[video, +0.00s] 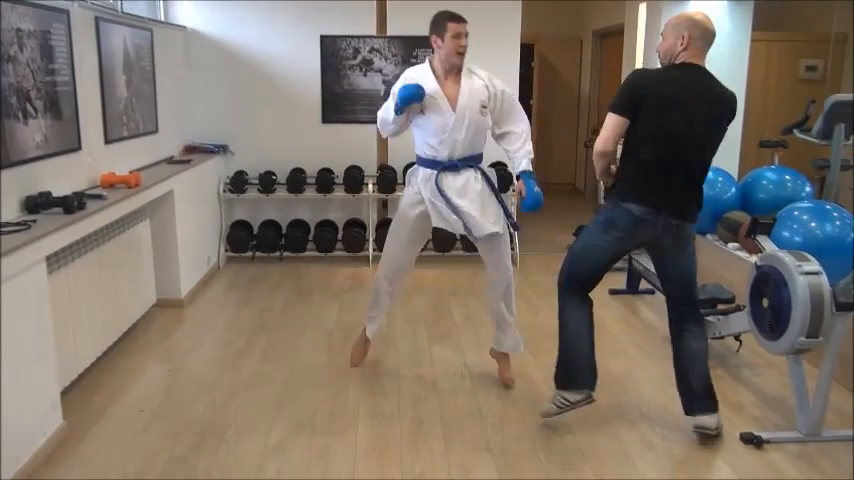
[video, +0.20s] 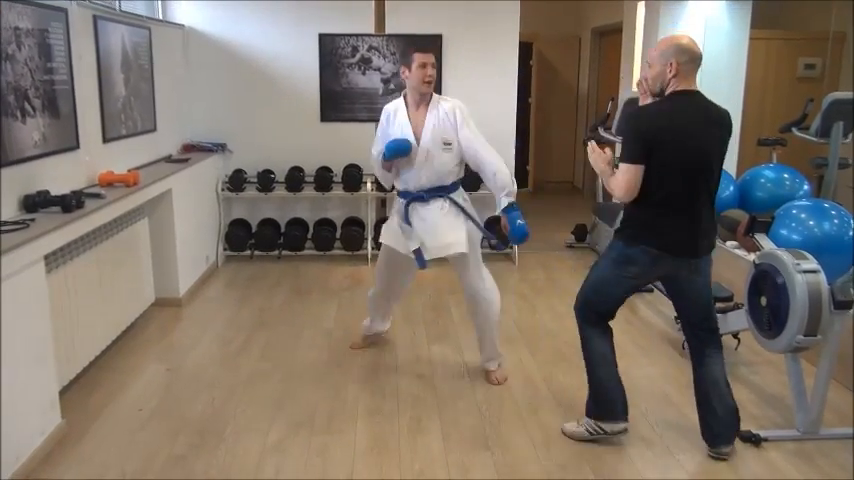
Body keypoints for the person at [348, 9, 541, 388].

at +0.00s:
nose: (464, 44)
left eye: (466, 37)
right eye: (457, 37)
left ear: (467, 41)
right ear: (436, 41)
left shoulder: (486, 85)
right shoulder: (413, 80)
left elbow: (514, 129)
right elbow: (386, 128)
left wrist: (524, 174)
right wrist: (398, 107)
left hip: (474, 184)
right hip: (425, 184)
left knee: (502, 269)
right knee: (392, 264)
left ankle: (503, 348)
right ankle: (368, 331)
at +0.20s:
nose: (429, 73)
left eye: (433, 67)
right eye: (422, 66)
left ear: (437, 73)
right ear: (404, 72)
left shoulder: (451, 110)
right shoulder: (391, 113)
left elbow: (481, 155)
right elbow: (380, 168)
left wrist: (508, 203)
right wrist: (388, 159)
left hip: (449, 206)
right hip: (406, 208)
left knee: (479, 288)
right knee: (386, 275)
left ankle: (492, 359)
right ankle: (375, 328)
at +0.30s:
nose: (419, 50)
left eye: (422, 45)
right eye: (411, 44)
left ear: (424, 51)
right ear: (392, 49)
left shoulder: (436, 89)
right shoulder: (373, 89)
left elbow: (455, 141)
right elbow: (359, 137)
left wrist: (474, 188)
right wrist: (379, 137)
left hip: (429, 186)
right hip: (384, 186)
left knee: (459, 266)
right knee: (367, 259)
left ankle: (488, 350)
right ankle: (368, 323)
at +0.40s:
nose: (403, 33)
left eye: (407, 27)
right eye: (397, 26)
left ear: (409, 33)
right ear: (378, 30)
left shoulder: (422, 72)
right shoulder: (355, 71)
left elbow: (438, 126)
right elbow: (336, 117)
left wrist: (447, 161)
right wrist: (364, 114)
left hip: (414, 170)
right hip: (368, 169)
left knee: (440, 248)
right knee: (348, 245)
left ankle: (454, 324)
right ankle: (338, 312)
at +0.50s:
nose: (387, 36)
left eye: (390, 31)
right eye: (380, 29)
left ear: (394, 36)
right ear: (361, 32)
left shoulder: (407, 75)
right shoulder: (338, 72)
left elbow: (425, 122)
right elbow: (317, 117)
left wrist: (430, 154)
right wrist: (351, 106)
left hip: (398, 170)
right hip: (351, 170)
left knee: (423, 248)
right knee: (331, 245)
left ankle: (412, 316)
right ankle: (318, 312)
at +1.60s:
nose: (370, 63)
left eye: (371, 57)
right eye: (365, 56)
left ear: (359, 59)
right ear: (345, 56)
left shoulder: (372, 94)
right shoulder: (314, 90)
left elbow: (383, 141)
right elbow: (322, 142)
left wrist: (403, 150)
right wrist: (350, 103)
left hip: (371, 179)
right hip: (330, 181)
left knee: (407, 245)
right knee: (303, 252)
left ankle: (431, 315)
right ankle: (276, 311)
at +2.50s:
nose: (334, 88)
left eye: (336, 83)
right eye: (329, 82)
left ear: (335, 85)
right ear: (309, 81)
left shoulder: (339, 117)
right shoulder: (281, 114)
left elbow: (351, 163)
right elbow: (284, 164)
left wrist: (364, 165)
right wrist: (314, 133)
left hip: (338, 197)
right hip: (297, 201)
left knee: (383, 255)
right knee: (275, 276)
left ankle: (405, 320)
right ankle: (257, 329)